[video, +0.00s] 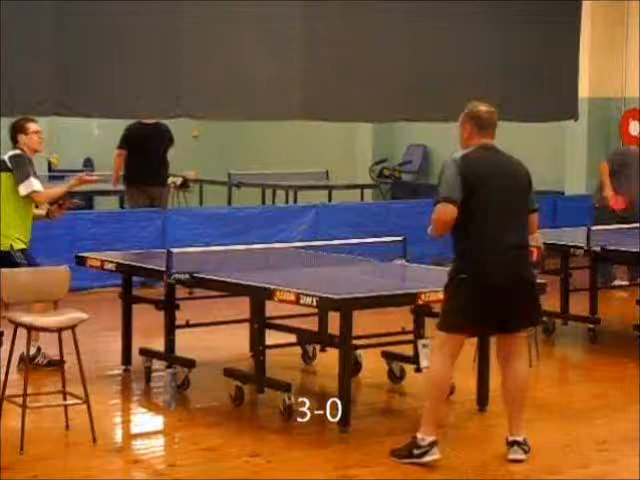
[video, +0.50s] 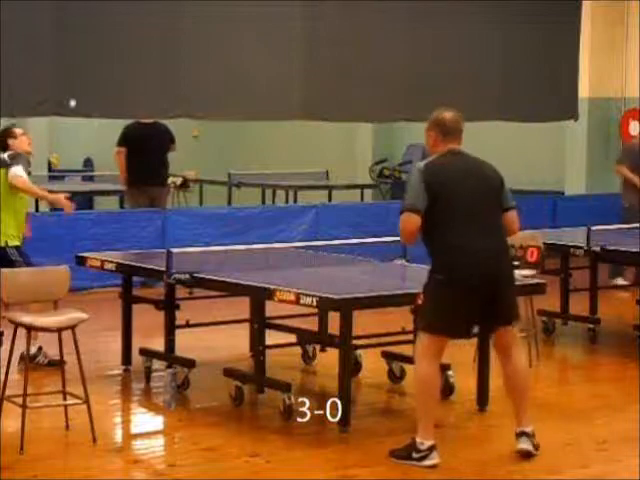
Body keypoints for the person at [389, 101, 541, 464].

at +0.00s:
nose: (458, 135)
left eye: (459, 128)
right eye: (460, 128)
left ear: (466, 128)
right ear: (494, 131)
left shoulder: (459, 165)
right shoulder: (518, 168)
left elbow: (447, 214)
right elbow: (532, 223)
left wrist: (436, 229)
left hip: (472, 277)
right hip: (515, 277)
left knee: (444, 354)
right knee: (513, 355)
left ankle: (426, 438)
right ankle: (517, 438)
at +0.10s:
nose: (455, 135)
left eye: (455, 129)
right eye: (457, 129)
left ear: (462, 129)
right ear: (490, 131)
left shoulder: (456, 166)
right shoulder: (515, 170)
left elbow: (442, 215)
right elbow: (529, 225)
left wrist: (432, 230)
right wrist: (496, 224)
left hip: (469, 278)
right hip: (513, 279)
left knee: (442, 356)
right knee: (513, 357)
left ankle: (425, 439)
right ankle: (517, 438)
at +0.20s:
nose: (442, 139)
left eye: (443, 134)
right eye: (444, 134)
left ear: (450, 134)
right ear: (476, 134)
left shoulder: (442, 169)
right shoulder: (503, 171)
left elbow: (424, 223)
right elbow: (519, 230)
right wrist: (486, 225)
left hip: (459, 277)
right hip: (504, 279)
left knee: (432, 353)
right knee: (509, 354)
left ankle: (425, 441)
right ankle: (516, 437)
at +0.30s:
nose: (434, 140)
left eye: (435, 135)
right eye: (436, 135)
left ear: (442, 135)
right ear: (469, 136)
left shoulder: (432, 169)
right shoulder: (495, 170)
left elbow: (415, 226)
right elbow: (514, 227)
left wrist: (432, 217)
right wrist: (483, 223)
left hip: (454, 274)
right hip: (499, 273)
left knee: (429, 355)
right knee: (507, 347)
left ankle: (424, 442)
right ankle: (518, 434)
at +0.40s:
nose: (426, 142)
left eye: (427, 136)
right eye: (428, 136)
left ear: (434, 135)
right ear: (462, 135)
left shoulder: (426, 169)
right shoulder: (489, 169)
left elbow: (410, 225)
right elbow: (512, 225)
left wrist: (409, 235)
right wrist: (481, 229)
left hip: (451, 271)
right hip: (497, 269)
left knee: (428, 354)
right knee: (509, 344)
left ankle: (424, 442)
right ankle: (524, 429)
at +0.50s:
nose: (425, 142)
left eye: (426, 137)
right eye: (428, 137)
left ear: (433, 136)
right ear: (461, 136)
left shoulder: (425, 171)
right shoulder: (489, 171)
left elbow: (409, 231)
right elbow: (513, 225)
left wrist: (421, 220)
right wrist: (482, 231)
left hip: (452, 274)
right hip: (497, 273)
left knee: (428, 354)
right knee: (508, 348)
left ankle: (424, 442)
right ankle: (524, 432)